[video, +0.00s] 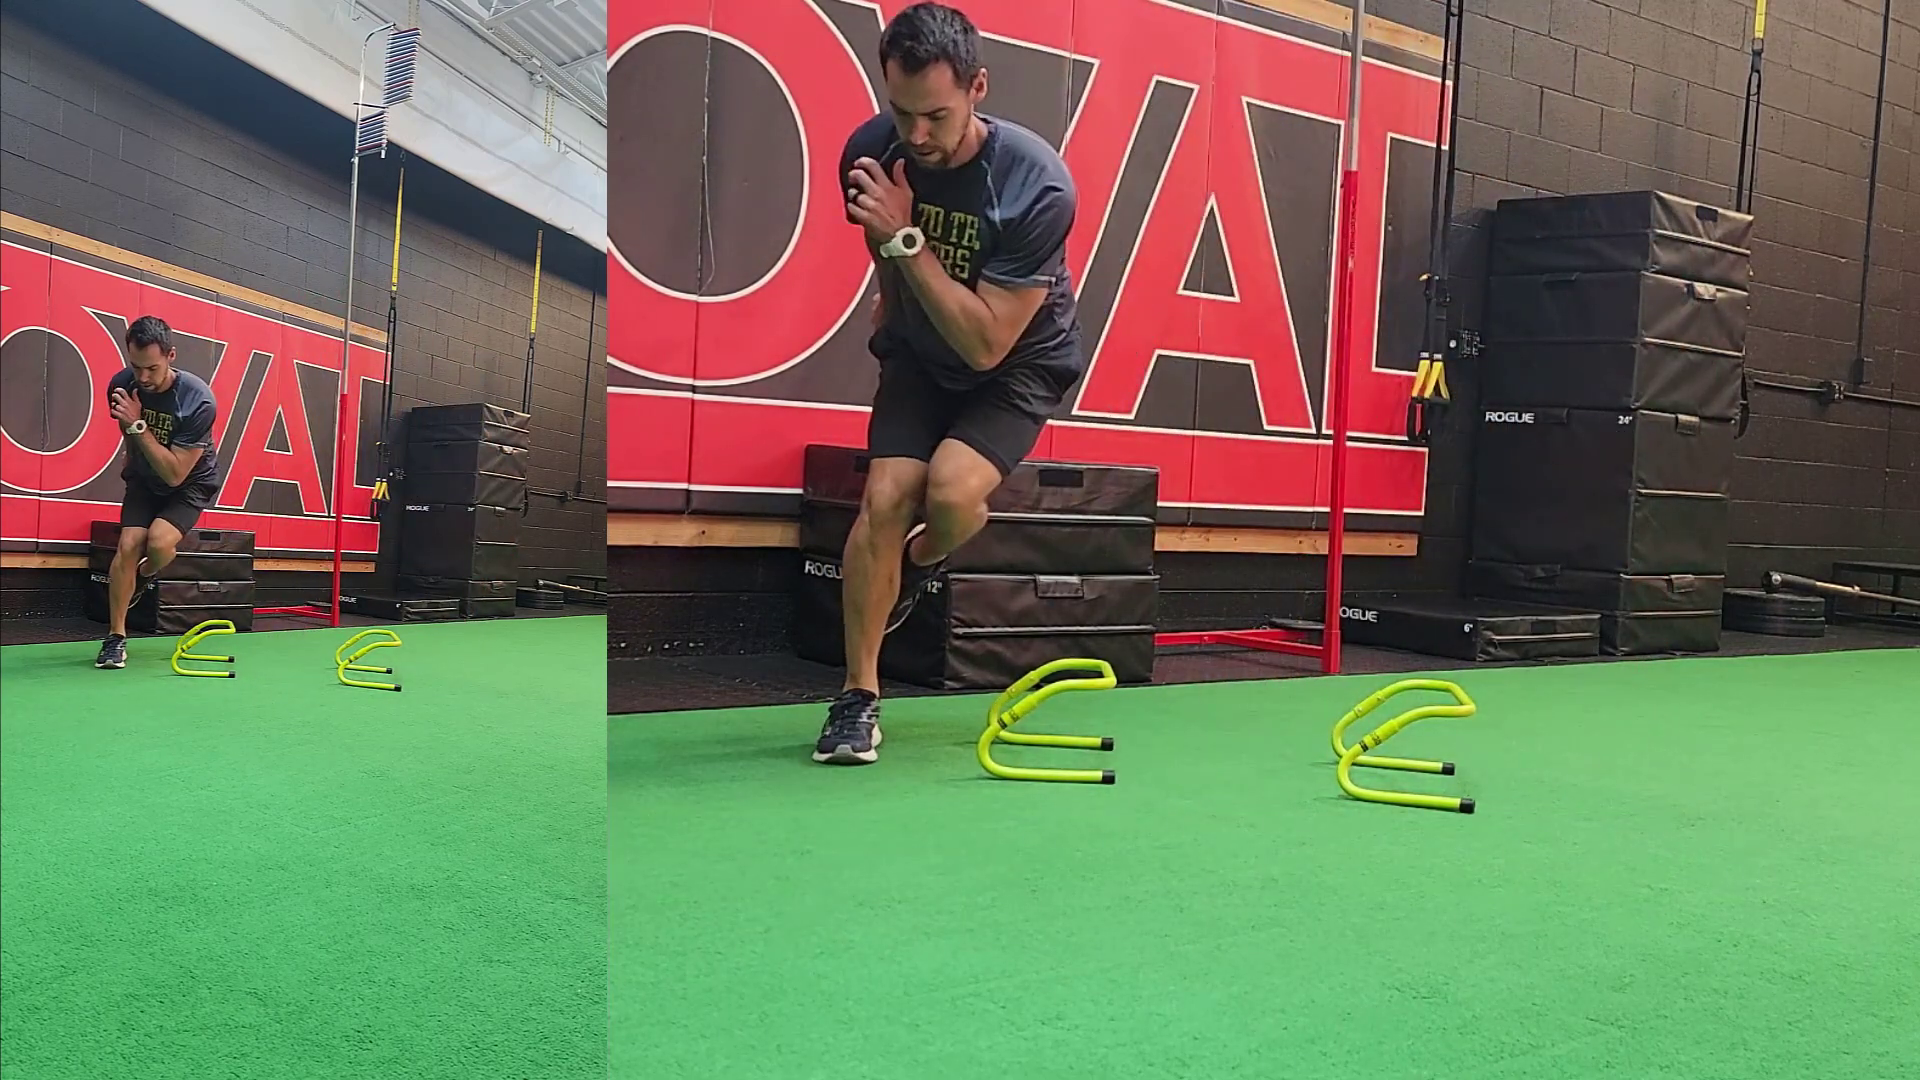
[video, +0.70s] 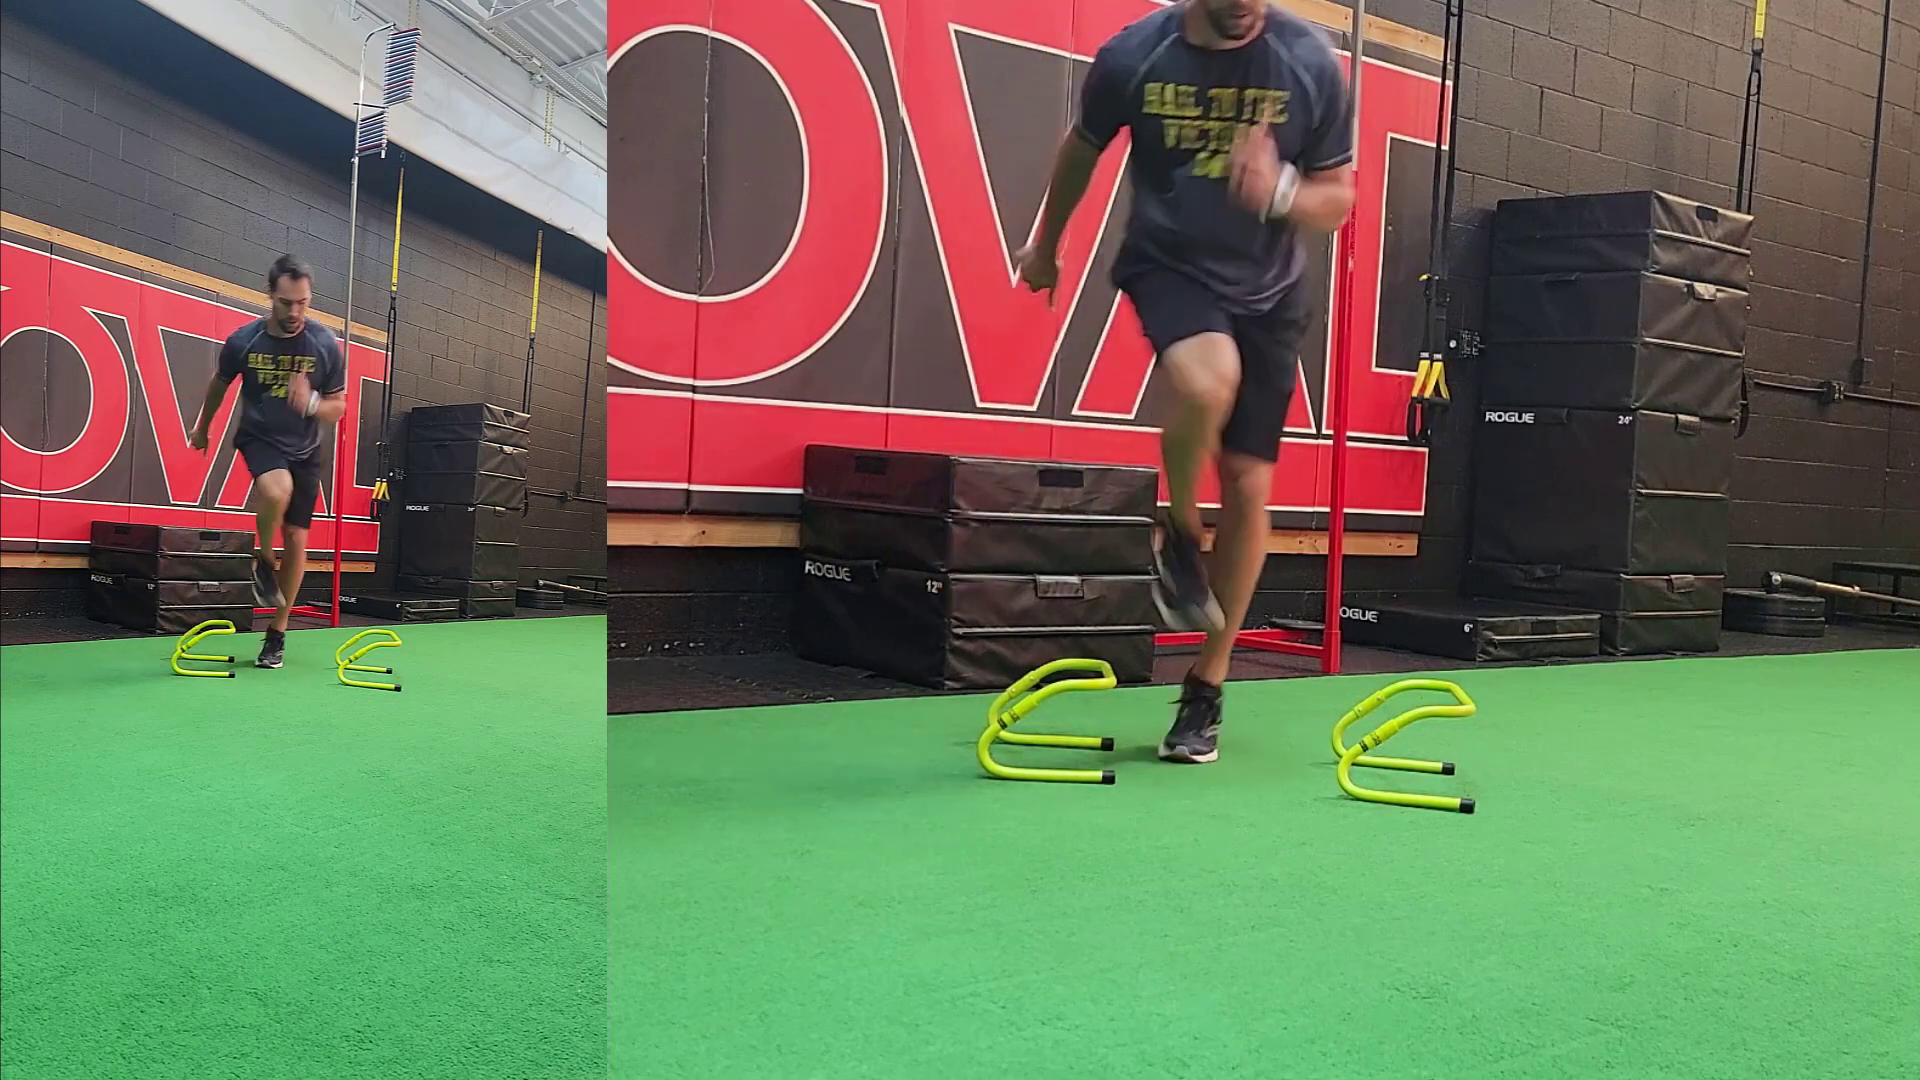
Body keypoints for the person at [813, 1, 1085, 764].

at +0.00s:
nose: (916, 134)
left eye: (936, 116)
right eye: (902, 114)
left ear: (978, 90)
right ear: (886, 91)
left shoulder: (1038, 188)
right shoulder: (874, 151)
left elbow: (987, 345)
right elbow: (889, 248)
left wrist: (904, 242)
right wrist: (887, 310)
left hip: (1022, 362)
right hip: (920, 348)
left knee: (955, 490)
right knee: (884, 501)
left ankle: (918, 563)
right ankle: (859, 695)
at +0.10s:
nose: (918, 129)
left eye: (937, 110)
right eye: (903, 108)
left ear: (977, 85)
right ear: (884, 86)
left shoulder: (1037, 183)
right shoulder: (866, 155)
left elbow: (1013, 345)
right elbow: (873, 248)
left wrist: (916, 257)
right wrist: (876, 313)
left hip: (1018, 366)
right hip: (918, 349)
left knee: (945, 487)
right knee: (879, 499)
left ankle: (917, 567)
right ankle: (858, 694)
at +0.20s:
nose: (935, 114)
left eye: (953, 94)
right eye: (918, 93)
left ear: (986, 71)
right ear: (895, 74)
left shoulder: (1046, 169)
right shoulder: (873, 161)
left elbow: (1080, 315)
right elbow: (865, 284)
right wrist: (853, 388)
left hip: (1020, 358)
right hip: (922, 350)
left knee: (963, 476)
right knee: (882, 501)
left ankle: (954, 568)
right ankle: (860, 696)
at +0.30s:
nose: (975, 92)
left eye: (991, 70)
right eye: (956, 74)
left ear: (1018, 52)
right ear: (931, 60)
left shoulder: (1074, 152)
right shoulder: (898, 151)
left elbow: (1144, 284)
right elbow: (874, 287)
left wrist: (1175, 408)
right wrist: (855, 405)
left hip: (1050, 348)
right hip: (943, 350)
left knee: (998, 480)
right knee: (891, 502)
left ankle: (1083, 522)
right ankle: (861, 696)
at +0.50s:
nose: (1117, 14)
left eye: (1131, 2)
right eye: (1102, 2)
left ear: (1149, 1)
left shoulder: (1201, 76)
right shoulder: (1017, 65)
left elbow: (1253, 189)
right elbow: (988, 174)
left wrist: (1264, 309)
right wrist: (990, 257)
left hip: (1156, 298)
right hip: (1048, 296)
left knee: (1160, 485)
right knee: (985, 462)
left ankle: (1201, 668)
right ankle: (905, 643)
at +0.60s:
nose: (1187, 13)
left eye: (1201, 1)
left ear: (1220, 2)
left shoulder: (1263, 85)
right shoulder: (1084, 71)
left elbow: (1290, 214)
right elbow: (1034, 175)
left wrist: (1259, 326)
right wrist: (996, 284)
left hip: (1207, 309)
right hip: (1106, 292)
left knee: (1199, 514)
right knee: (1088, 428)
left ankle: (1192, 694)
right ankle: (1063, 494)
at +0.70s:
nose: (1240, 10)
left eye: (1251, 1)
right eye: (1223, 1)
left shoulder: (1313, 63)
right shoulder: (1131, 58)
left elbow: (1337, 202)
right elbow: (1082, 144)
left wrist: (1280, 189)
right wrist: (1044, 244)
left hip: (1271, 289)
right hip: (1170, 267)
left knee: (1248, 485)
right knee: (1209, 383)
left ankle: (1205, 687)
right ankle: (1182, 528)